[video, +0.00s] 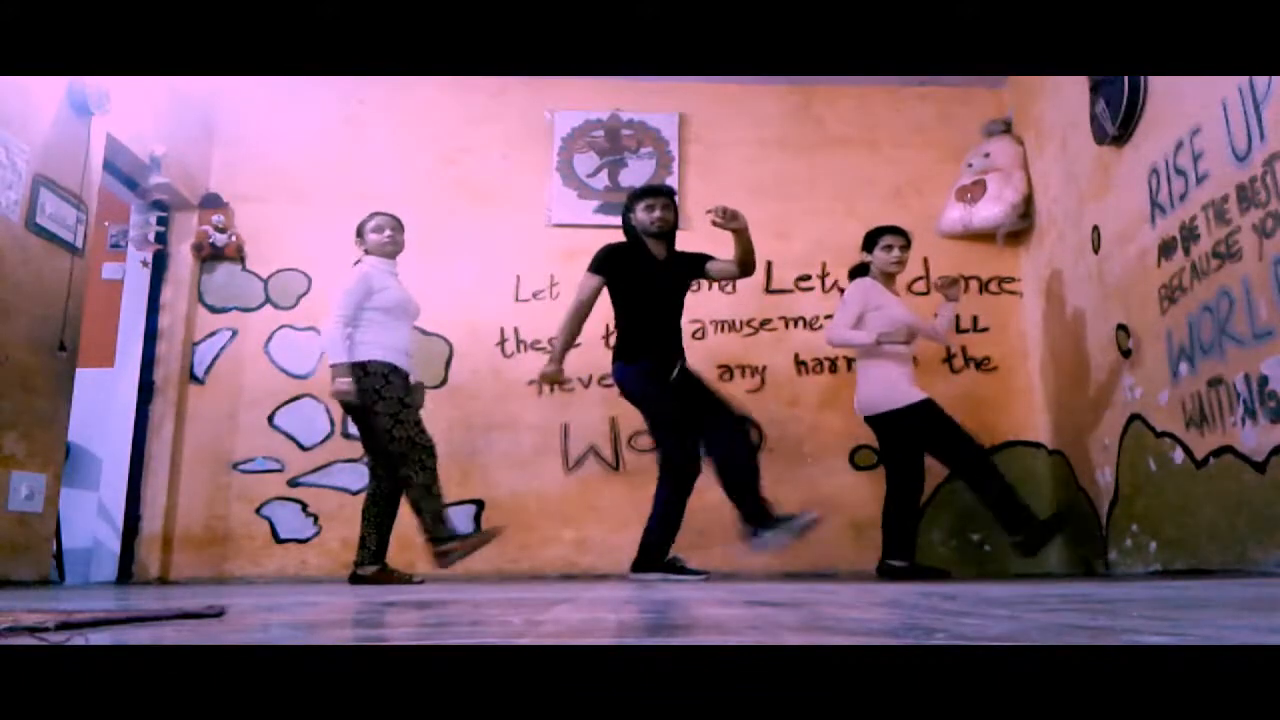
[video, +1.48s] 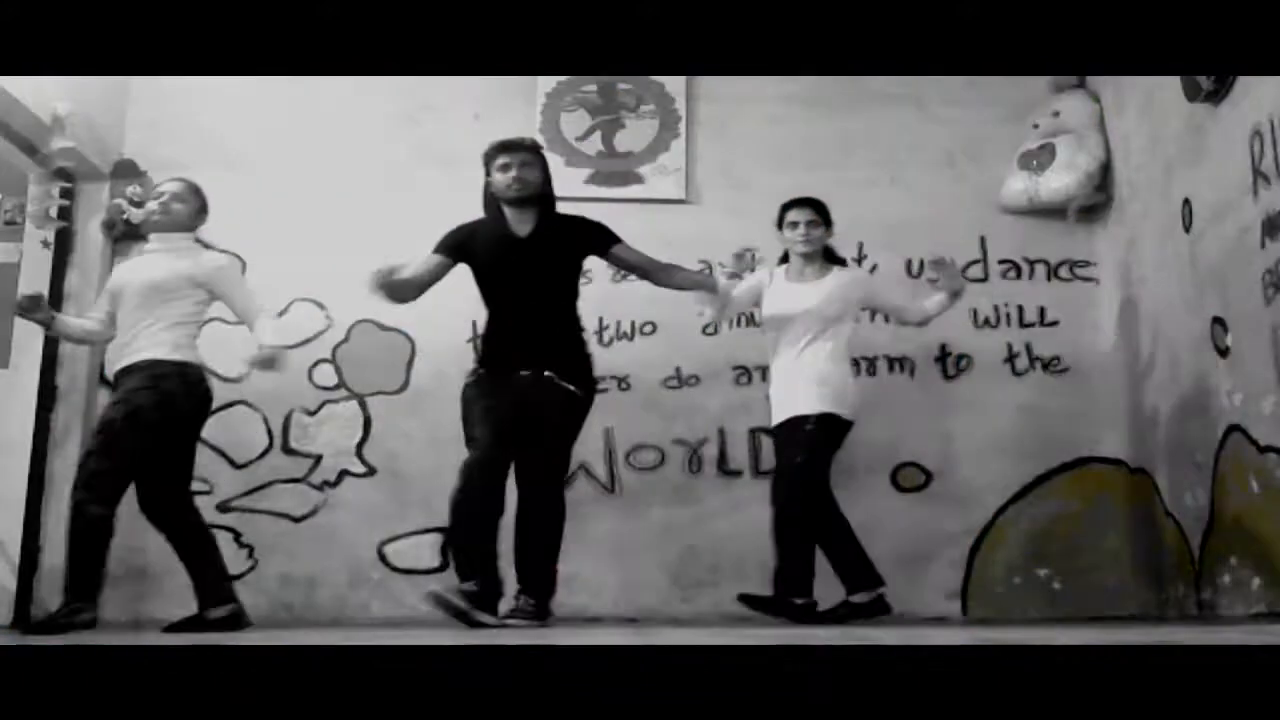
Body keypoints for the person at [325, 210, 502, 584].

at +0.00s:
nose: (388, 234)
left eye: (394, 229)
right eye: (377, 229)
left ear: (403, 241)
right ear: (362, 242)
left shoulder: (394, 283)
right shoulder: (363, 275)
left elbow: (400, 340)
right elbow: (338, 323)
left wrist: (413, 380)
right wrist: (341, 372)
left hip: (393, 378)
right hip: (371, 375)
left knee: (388, 472)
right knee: (417, 451)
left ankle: (369, 564)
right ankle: (443, 540)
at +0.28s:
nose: (377, 235)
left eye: (386, 232)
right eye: (368, 231)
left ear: (396, 246)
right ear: (353, 243)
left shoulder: (396, 295)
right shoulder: (348, 279)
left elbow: (403, 349)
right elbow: (309, 325)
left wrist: (435, 377)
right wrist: (307, 382)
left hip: (394, 385)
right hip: (358, 380)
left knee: (400, 465)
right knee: (379, 463)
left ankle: (371, 563)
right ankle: (316, 551)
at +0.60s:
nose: (348, 234)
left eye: (357, 230)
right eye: (341, 229)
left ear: (372, 244)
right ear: (327, 242)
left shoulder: (390, 286)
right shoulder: (309, 284)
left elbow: (418, 330)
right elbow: (277, 329)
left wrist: (435, 372)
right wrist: (243, 357)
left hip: (369, 388)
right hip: (314, 387)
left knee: (369, 476)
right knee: (319, 477)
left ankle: (369, 560)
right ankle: (321, 565)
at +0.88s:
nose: (320, 237)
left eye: (330, 234)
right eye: (315, 232)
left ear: (344, 249)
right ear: (303, 242)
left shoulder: (354, 287)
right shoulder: (278, 282)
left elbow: (396, 334)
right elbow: (231, 313)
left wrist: (432, 366)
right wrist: (196, 307)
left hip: (331, 383)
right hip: (293, 388)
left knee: (268, 464)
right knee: (331, 478)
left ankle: (267, 566)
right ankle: (382, 563)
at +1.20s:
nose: (208, 203)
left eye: (222, 199)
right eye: (201, 199)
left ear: (242, 219)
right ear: (190, 213)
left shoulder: (257, 272)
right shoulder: (161, 265)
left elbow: (242, 328)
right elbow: (133, 323)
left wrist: (194, 320)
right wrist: (103, 364)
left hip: (216, 392)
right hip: (149, 387)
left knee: (173, 494)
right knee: (145, 499)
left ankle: (134, 608)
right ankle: (185, 604)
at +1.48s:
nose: (161, 201)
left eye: (176, 199)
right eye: (157, 196)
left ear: (197, 219)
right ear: (146, 207)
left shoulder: (208, 262)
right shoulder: (125, 270)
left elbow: (255, 314)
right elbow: (99, 329)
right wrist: (47, 318)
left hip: (167, 382)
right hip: (137, 384)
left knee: (93, 489)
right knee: (166, 502)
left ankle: (79, 606)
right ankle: (220, 606)